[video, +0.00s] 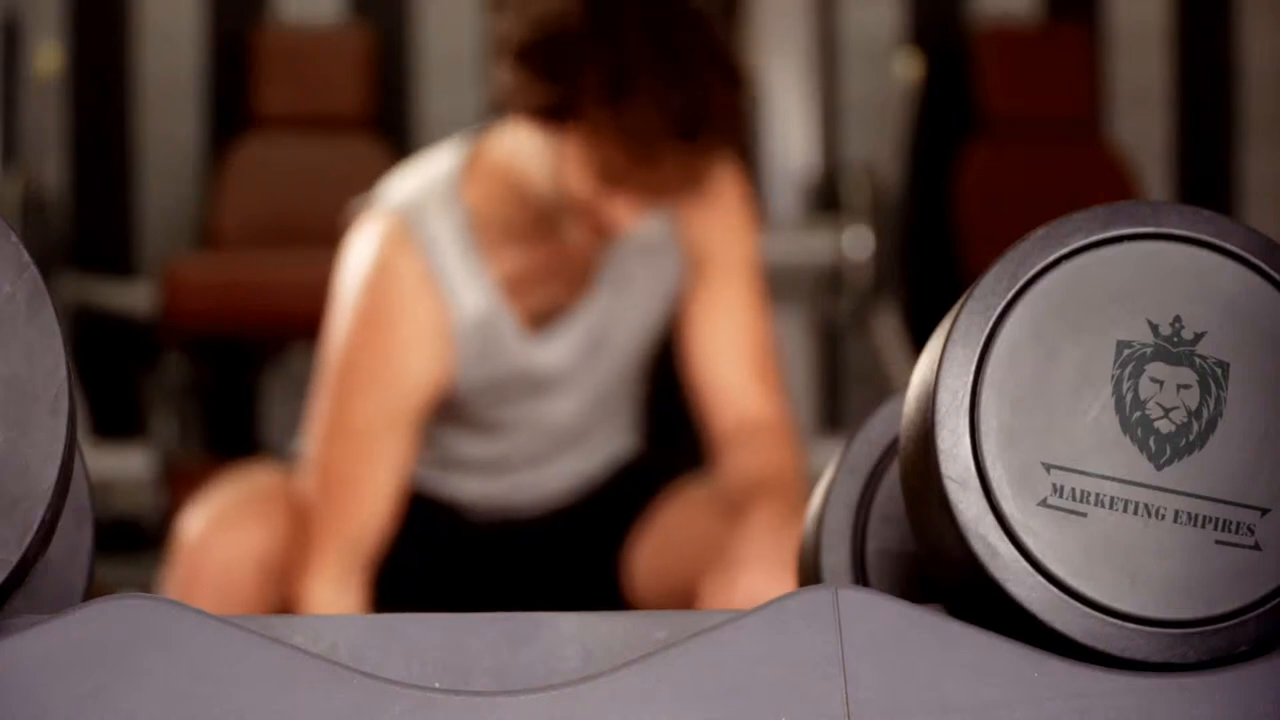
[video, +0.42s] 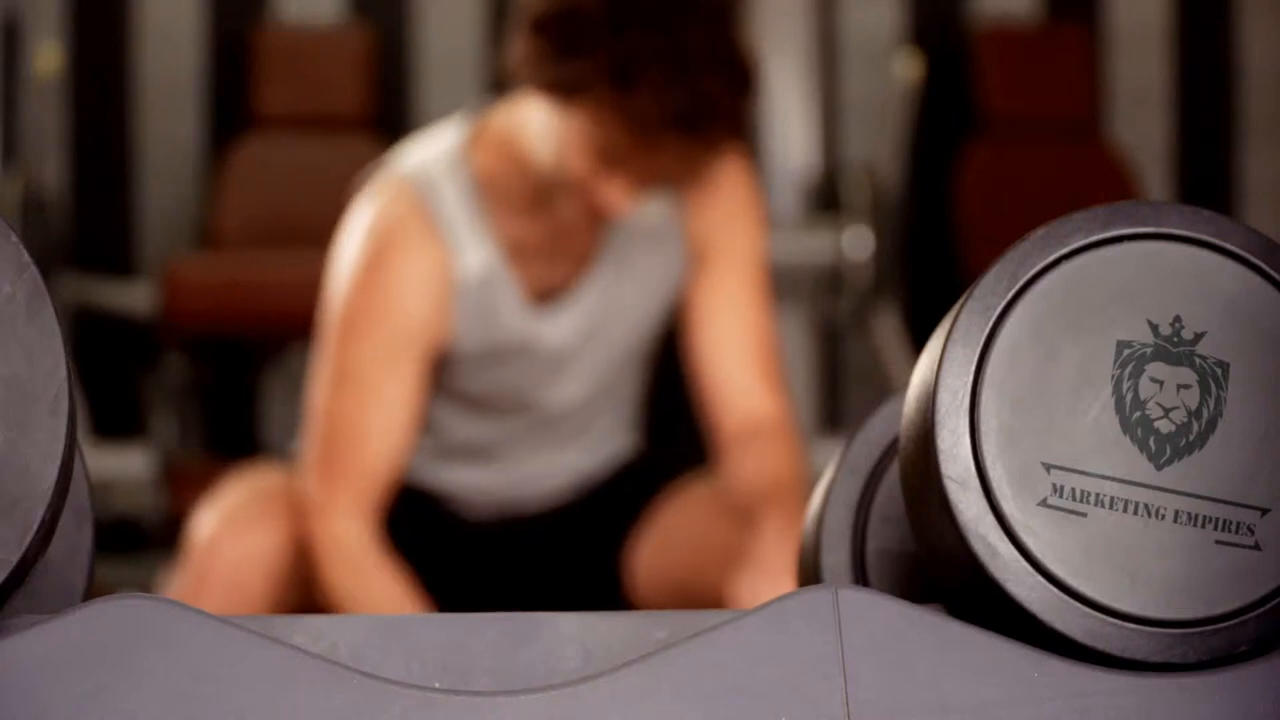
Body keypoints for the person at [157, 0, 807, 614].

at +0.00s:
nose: (632, 219)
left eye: (662, 190)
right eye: (610, 182)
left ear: (694, 160)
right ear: (548, 117)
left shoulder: (701, 185)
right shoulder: (408, 249)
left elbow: (753, 436)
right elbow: (336, 565)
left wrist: (765, 566)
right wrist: (345, 719)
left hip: (601, 524)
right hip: (416, 534)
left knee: (770, 533)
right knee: (229, 528)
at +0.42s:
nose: (621, 204)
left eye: (656, 179)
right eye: (607, 165)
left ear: (697, 153)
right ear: (553, 95)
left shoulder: (706, 176)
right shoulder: (407, 217)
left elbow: (754, 431)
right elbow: (338, 514)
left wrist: (773, 582)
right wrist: (447, 683)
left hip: (600, 521)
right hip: (418, 529)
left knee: (781, 537)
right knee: (240, 526)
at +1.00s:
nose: (588, 201)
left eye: (615, 174)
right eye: (573, 164)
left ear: (652, 137)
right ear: (509, 98)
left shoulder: (671, 173)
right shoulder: (328, 212)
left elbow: (747, 423)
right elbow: (340, 499)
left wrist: (790, 586)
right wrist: (489, 465)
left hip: (600, 522)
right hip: (400, 527)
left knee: (778, 540)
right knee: (235, 532)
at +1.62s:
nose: (600, 180)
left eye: (633, 153)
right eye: (584, 141)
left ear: (672, 119)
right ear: (527, 75)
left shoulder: (692, 171)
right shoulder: (369, 210)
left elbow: (750, 423)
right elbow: (341, 497)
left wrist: (797, 536)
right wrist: (497, 574)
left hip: (607, 512)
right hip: (423, 516)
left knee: (794, 533)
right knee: (241, 528)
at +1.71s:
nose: (605, 182)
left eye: (639, 155)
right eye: (588, 142)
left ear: (676, 122)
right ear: (527, 78)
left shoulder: (698, 174)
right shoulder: (380, 209)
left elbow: (752, 425)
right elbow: (344, 507)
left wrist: (802, 544)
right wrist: (436, 636)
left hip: (605, 512)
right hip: (415, 518)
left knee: (800, 542)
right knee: (241, 529)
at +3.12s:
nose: (607, 158)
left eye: (639, 128)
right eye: (586, 117)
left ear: (675, 106)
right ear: (524, 57)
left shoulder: (695, 170)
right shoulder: (385, 205)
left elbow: (755, 426)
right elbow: (338, 496)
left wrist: (787, 574)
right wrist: (479, 598)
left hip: (602, 526)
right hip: (419, 532)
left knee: (799, 525)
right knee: (245, 528)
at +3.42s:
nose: (597, 151)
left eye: (627, 120)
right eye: (575, 111)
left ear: (664, 90)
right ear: (508, 50)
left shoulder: (676, 170)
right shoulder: (341, 209)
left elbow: (750, 420)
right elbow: (355, 507)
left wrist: (789, 572)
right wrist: (556, 467)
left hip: (594, 535)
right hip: (400, 544)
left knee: (786, 527)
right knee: (250, 528)